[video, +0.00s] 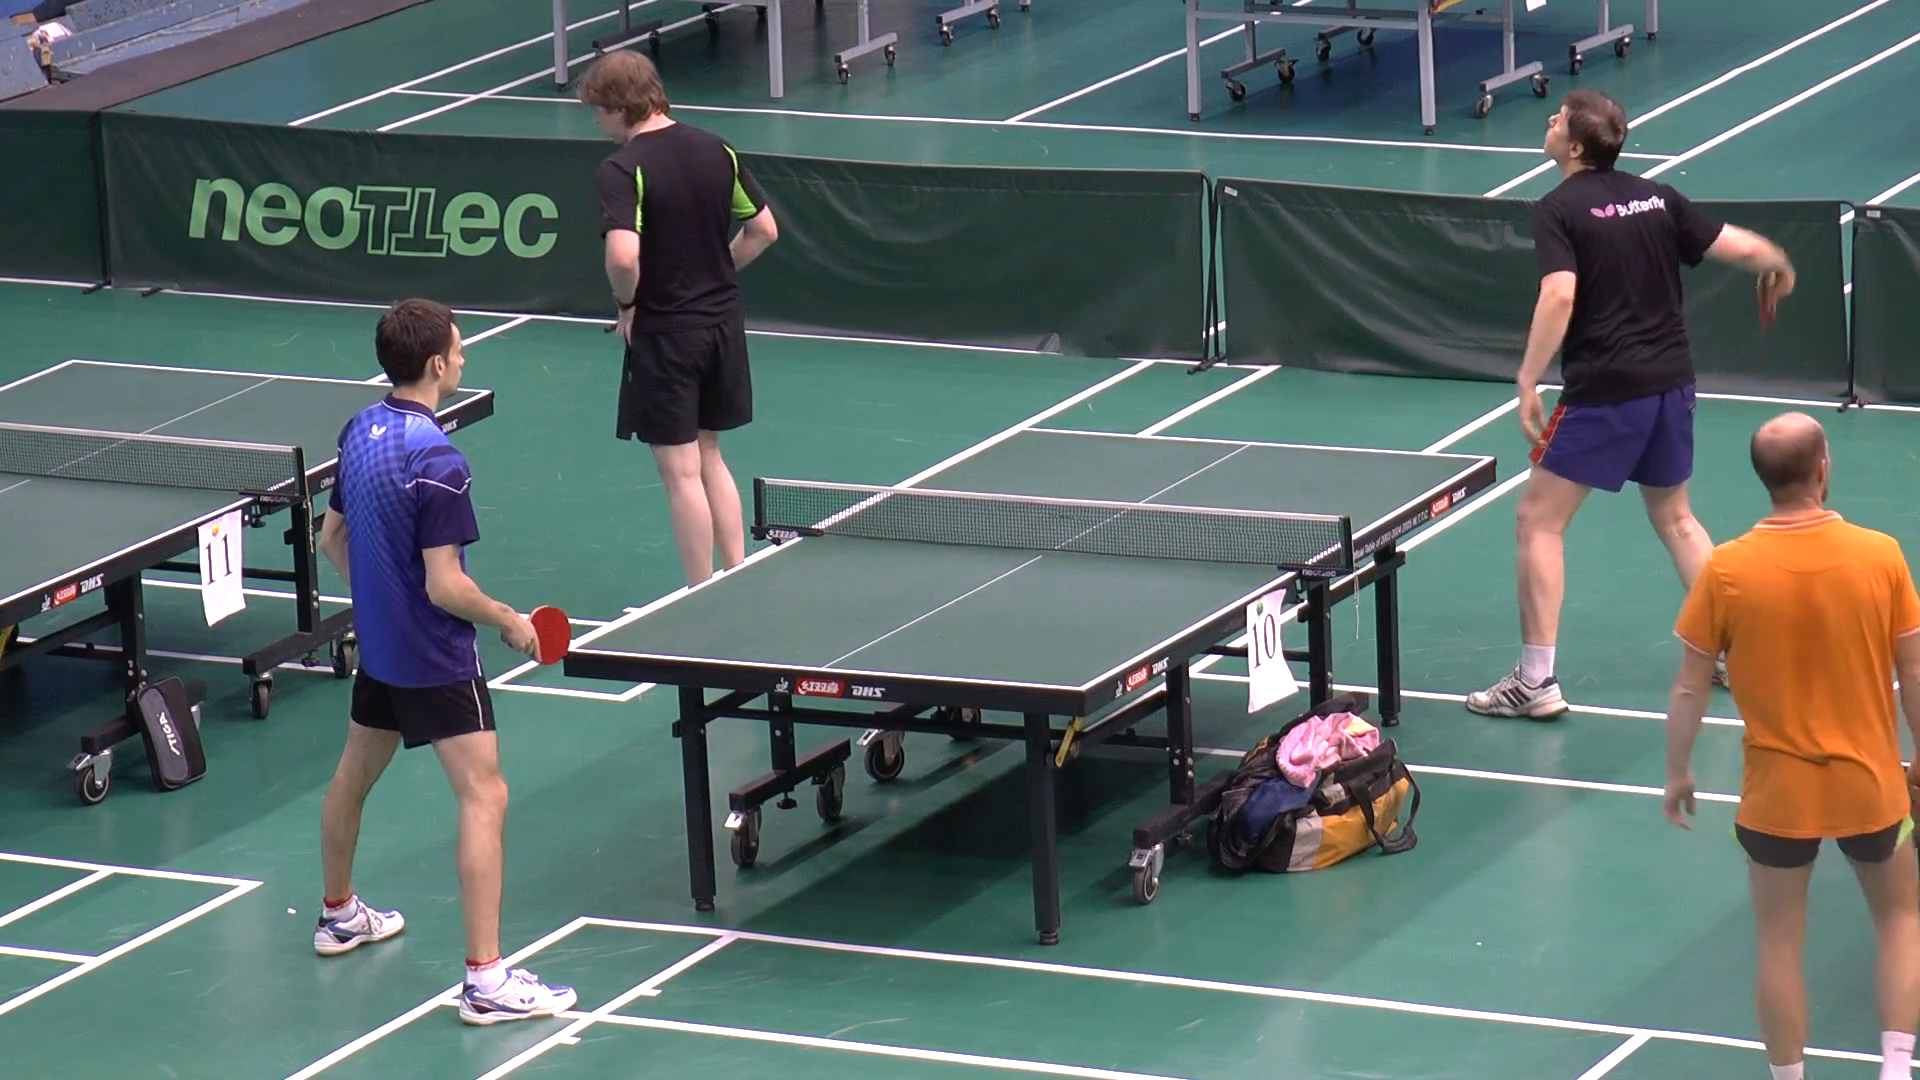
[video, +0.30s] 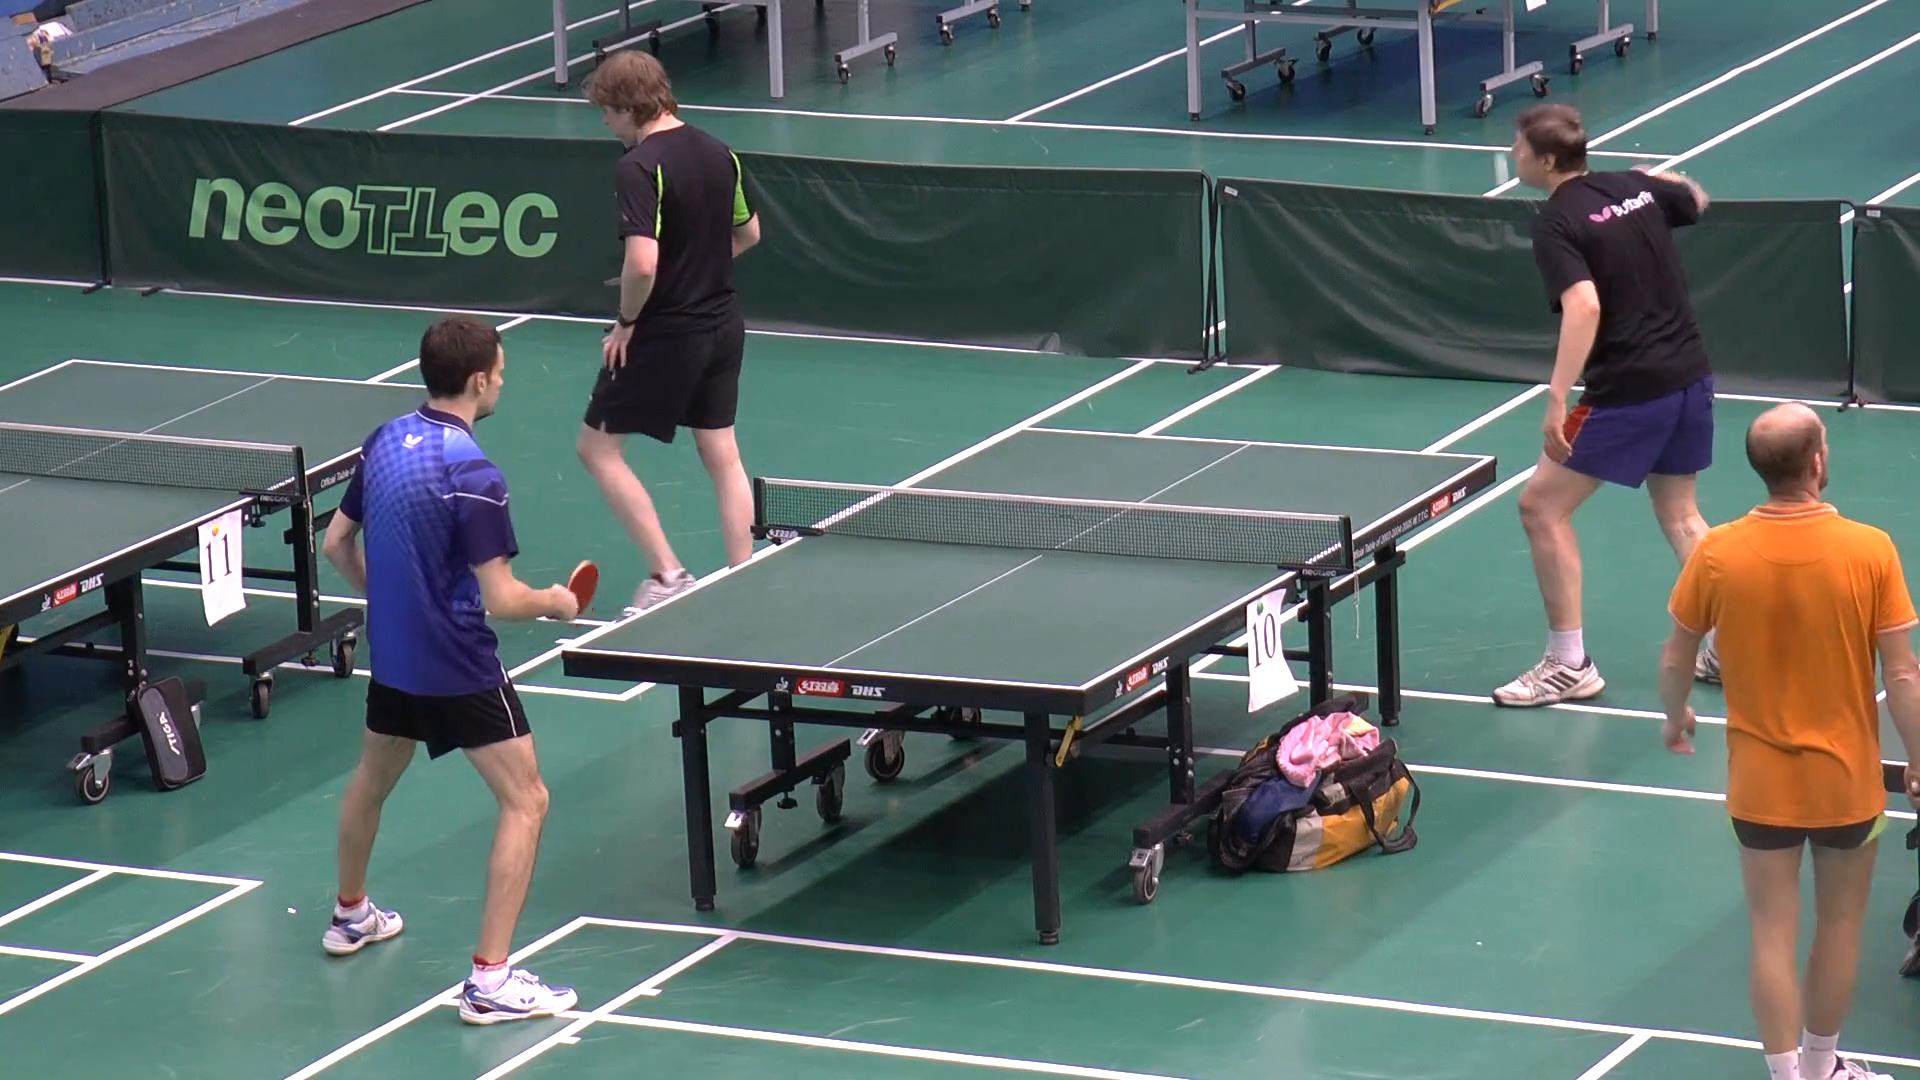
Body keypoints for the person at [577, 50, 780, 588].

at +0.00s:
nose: (598, 122)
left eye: (599, 111)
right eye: (595, 112)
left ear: (619, 106)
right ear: (654, 93)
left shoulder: (623, 167)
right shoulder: (713, 147)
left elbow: (624, 258)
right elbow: (763, 229)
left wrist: (626, 304)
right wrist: (717, 268)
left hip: (667, 339)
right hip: (724, 329)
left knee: (683, 476)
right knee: (710, 459)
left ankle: (704, 599)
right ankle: (740, 579)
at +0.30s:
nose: (607, 123)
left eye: (606, 112)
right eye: (603, 112)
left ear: (623, 109)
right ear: (662, 95)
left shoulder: (639, 165)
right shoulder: (718, 151)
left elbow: (644, 265)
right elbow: (748, 232)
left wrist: (625, 323)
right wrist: (697, 262)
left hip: (666, 338)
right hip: (723, 330)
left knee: (597, 447)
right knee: (723, 454)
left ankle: (669, 575)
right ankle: (747, 582)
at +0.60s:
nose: (562, 136)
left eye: (564, 124)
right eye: (560, 124)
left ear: (588, 118)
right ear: (616, 109)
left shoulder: (607, 175)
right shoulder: (681, 159)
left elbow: (583, 277)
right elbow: (704, 246)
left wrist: (546, 334)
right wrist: (642, 267)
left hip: (629, 344)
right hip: (690, 339)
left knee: (565, 459)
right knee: (687, 460)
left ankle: (542, 596)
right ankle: (735, 580)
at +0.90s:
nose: (466, 177)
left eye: (467, 166)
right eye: (462, 167)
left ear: (493, 155)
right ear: (513, 144)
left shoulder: (514, 215)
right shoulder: (593, 169)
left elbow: (488, 321)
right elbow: (642, 245)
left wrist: (451, 382)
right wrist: (569, 291)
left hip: (585, 346)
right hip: (649, 335)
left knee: (531, 466)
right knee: (640, 459)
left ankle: (525, 602)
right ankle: (718, 568)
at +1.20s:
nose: (433, 207)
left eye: (431, 196)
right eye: (428, 198)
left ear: (456, 180)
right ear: (478, 164)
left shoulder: (488, 225)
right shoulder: (554, 167)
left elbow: (476, 333)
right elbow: (626, 225)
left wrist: (426, 397)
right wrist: (567, 288)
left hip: (587, 337)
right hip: (651, 319)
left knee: (550, 467)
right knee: (666, 452)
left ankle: (527, 604)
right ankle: (706, 557)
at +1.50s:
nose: (456, 192)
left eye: (454, 181)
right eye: (450, 183)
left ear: (477, 165)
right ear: (499, 147)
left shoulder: (505, 216)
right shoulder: (579, 162)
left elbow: (496, 322)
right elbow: (641, 229)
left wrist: (459, 387)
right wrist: (572, 292)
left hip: (596, 340)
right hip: (661, 325)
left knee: (560, 478)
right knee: (673, 458)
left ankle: (528, 607)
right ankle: (720, 579)